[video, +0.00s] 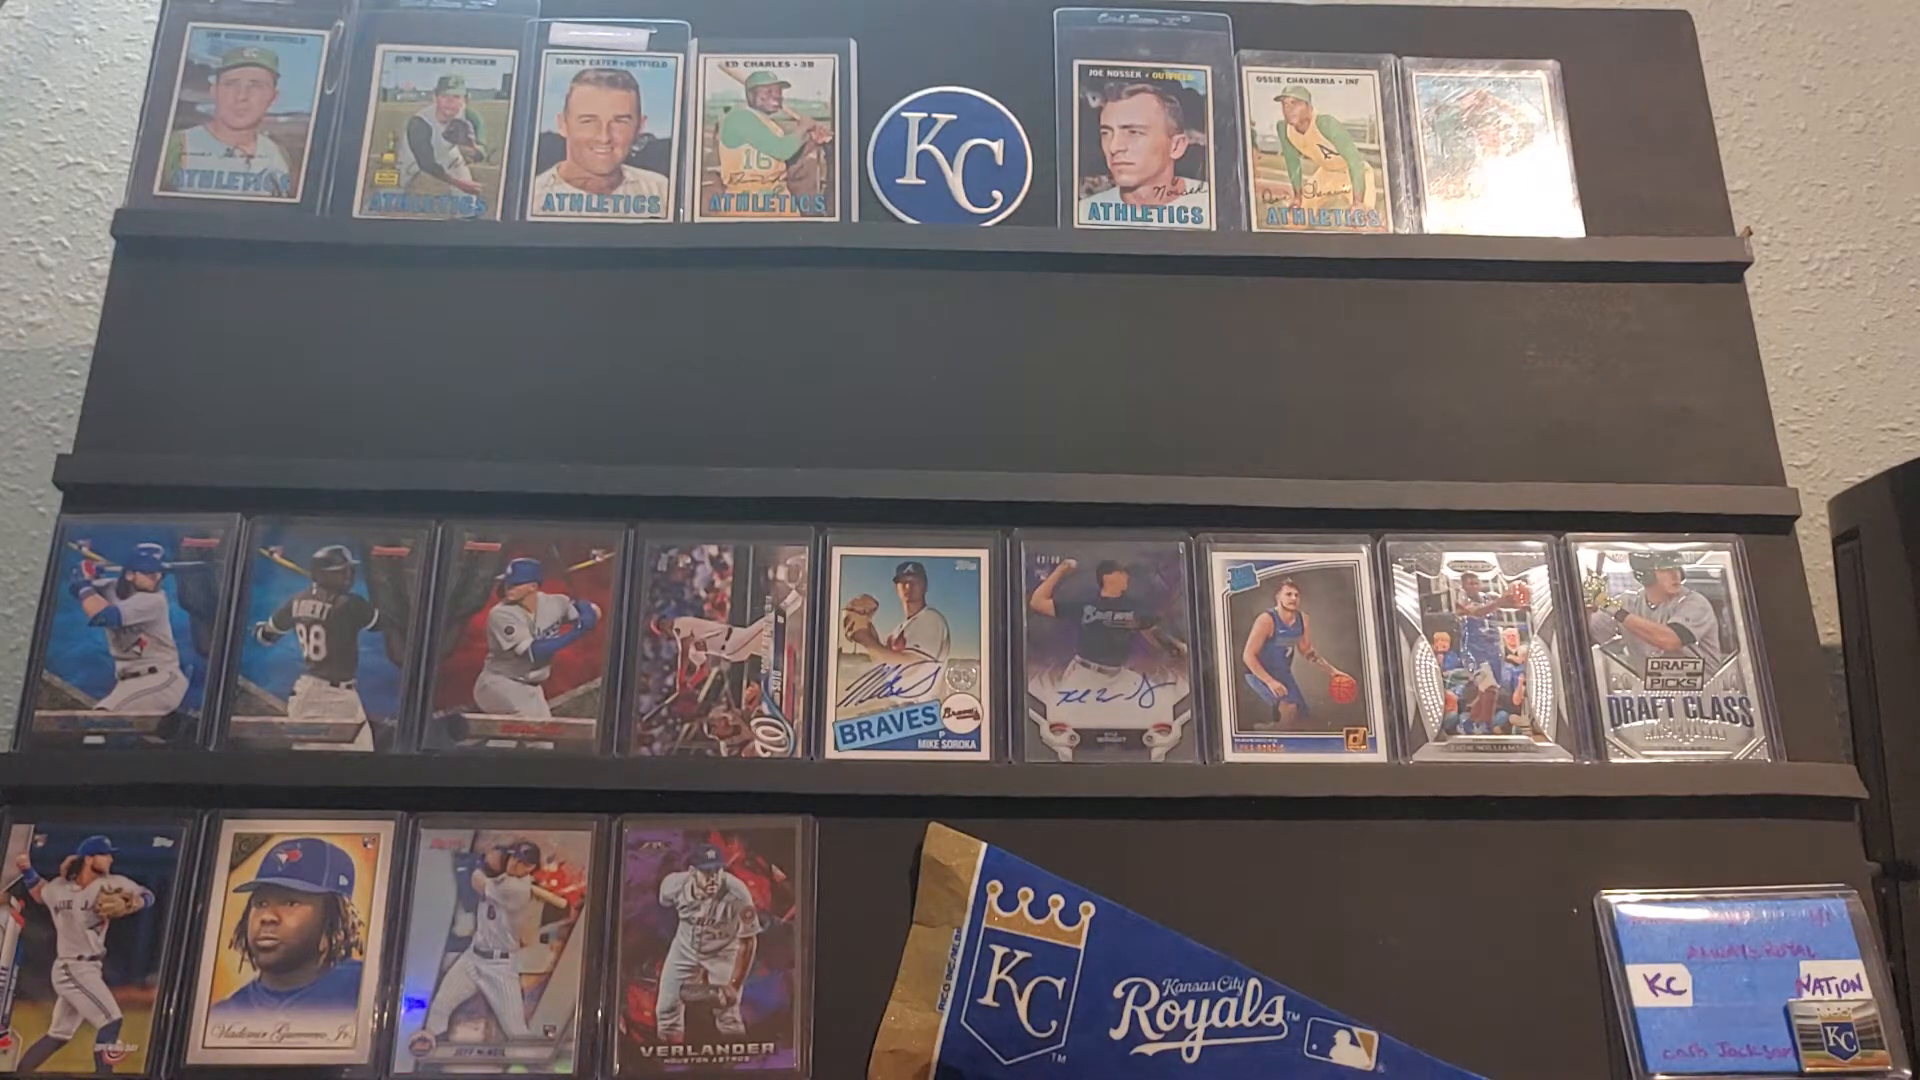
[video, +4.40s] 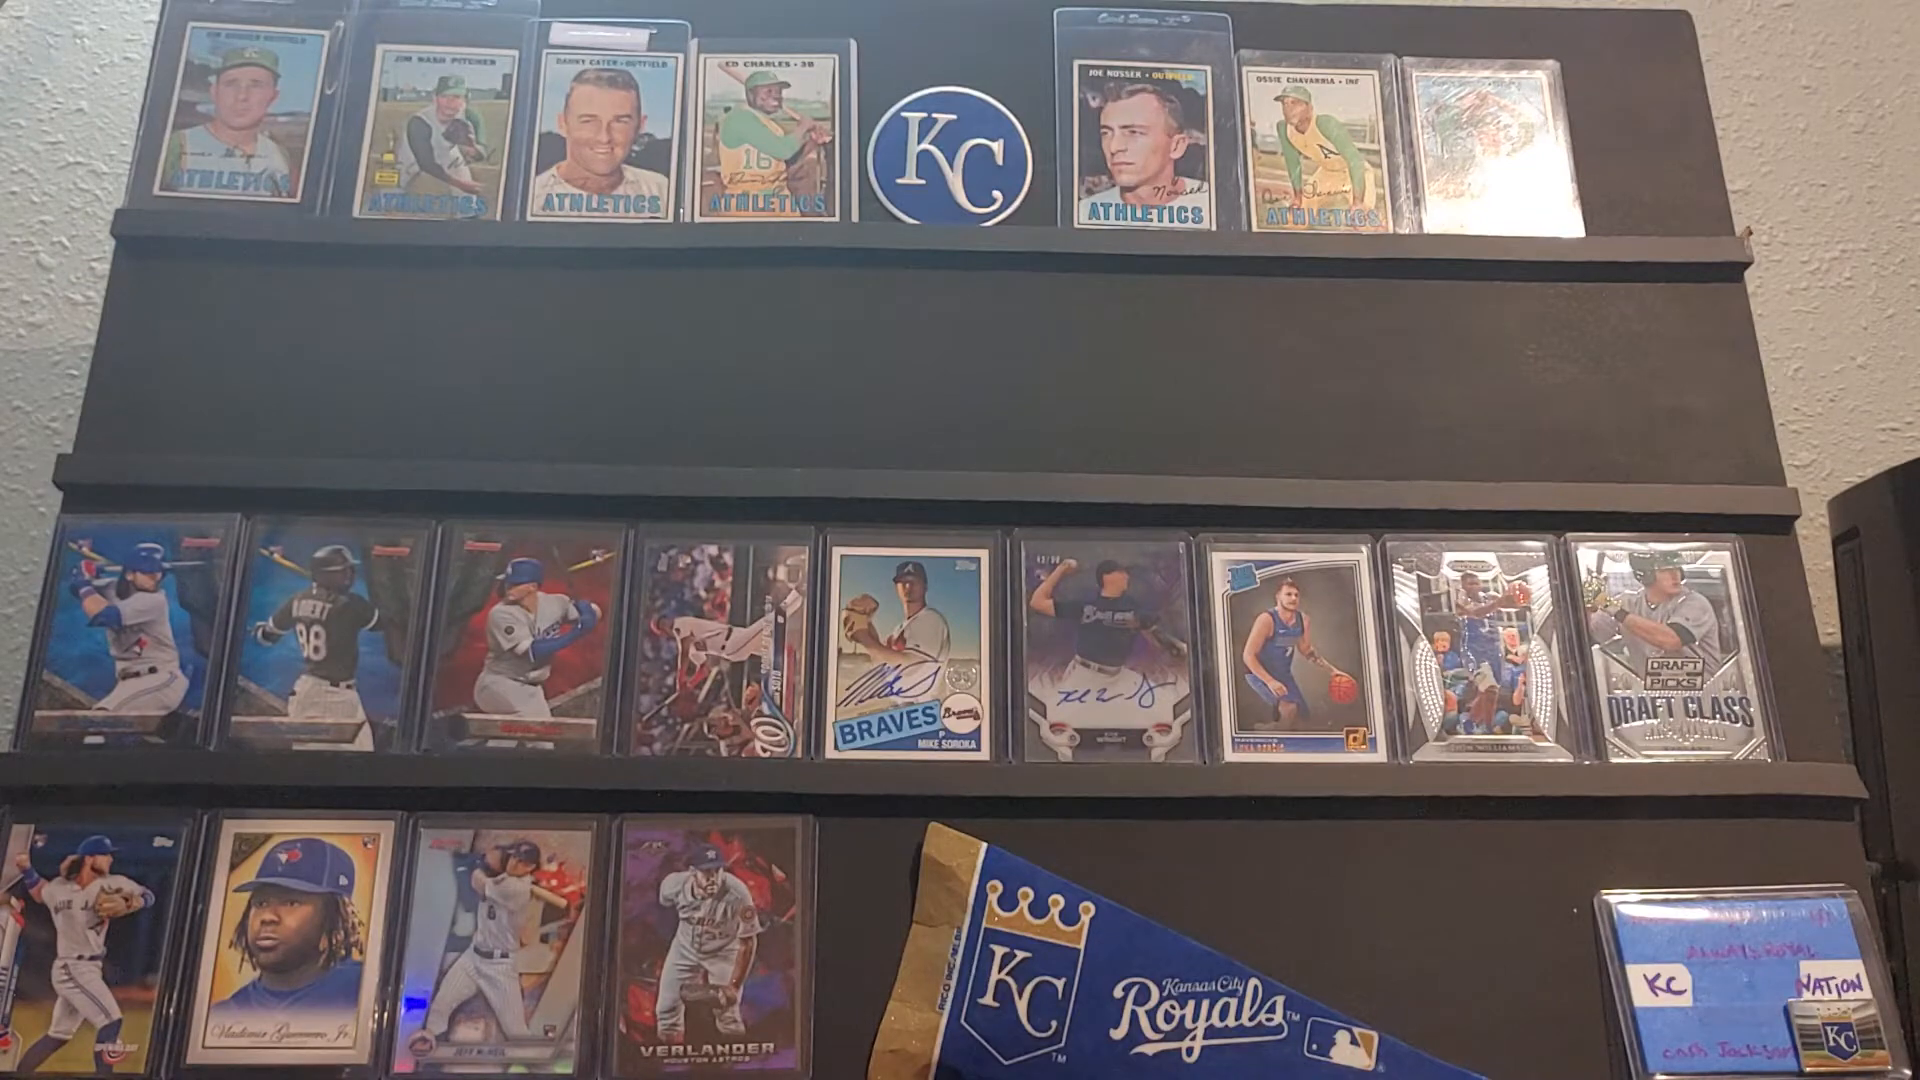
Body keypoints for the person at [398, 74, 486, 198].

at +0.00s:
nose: (450, 101)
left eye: (456, 97)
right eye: (445, 96)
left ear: (464, 100)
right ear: (436, 98)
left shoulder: (470, 117)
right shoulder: (419, 123)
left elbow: (481, 153)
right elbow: (427, 165)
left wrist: (469, 149)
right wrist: (461, 185)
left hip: (454, 164)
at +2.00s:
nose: (451, 102)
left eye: (457, 97)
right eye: (446, 96)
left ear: (464, 100)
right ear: (436, 97)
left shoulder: (468, 116)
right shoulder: (419, 123)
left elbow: (481, 153)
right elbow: (427, 165)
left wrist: (472, 152)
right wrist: (460, 184)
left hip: (453, 163)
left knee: (467, 197)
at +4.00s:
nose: (451, 102)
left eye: (457, 97)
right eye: (446, 96)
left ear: (464, 101)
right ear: (436, 98)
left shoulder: (470, 117)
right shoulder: (419, 123)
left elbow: (480, 154)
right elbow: (427, 166)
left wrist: (467, 148)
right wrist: (462, 185)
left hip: (455, 165)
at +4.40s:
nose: (450, 103)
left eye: (456, 97)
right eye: (445, 96)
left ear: (464, 101)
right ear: (436, 99)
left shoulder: (469, 117)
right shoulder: (419, 123)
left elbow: (481, 152)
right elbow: (427, 165)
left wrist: (470, 150)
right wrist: (461, 185)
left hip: (455, 167)